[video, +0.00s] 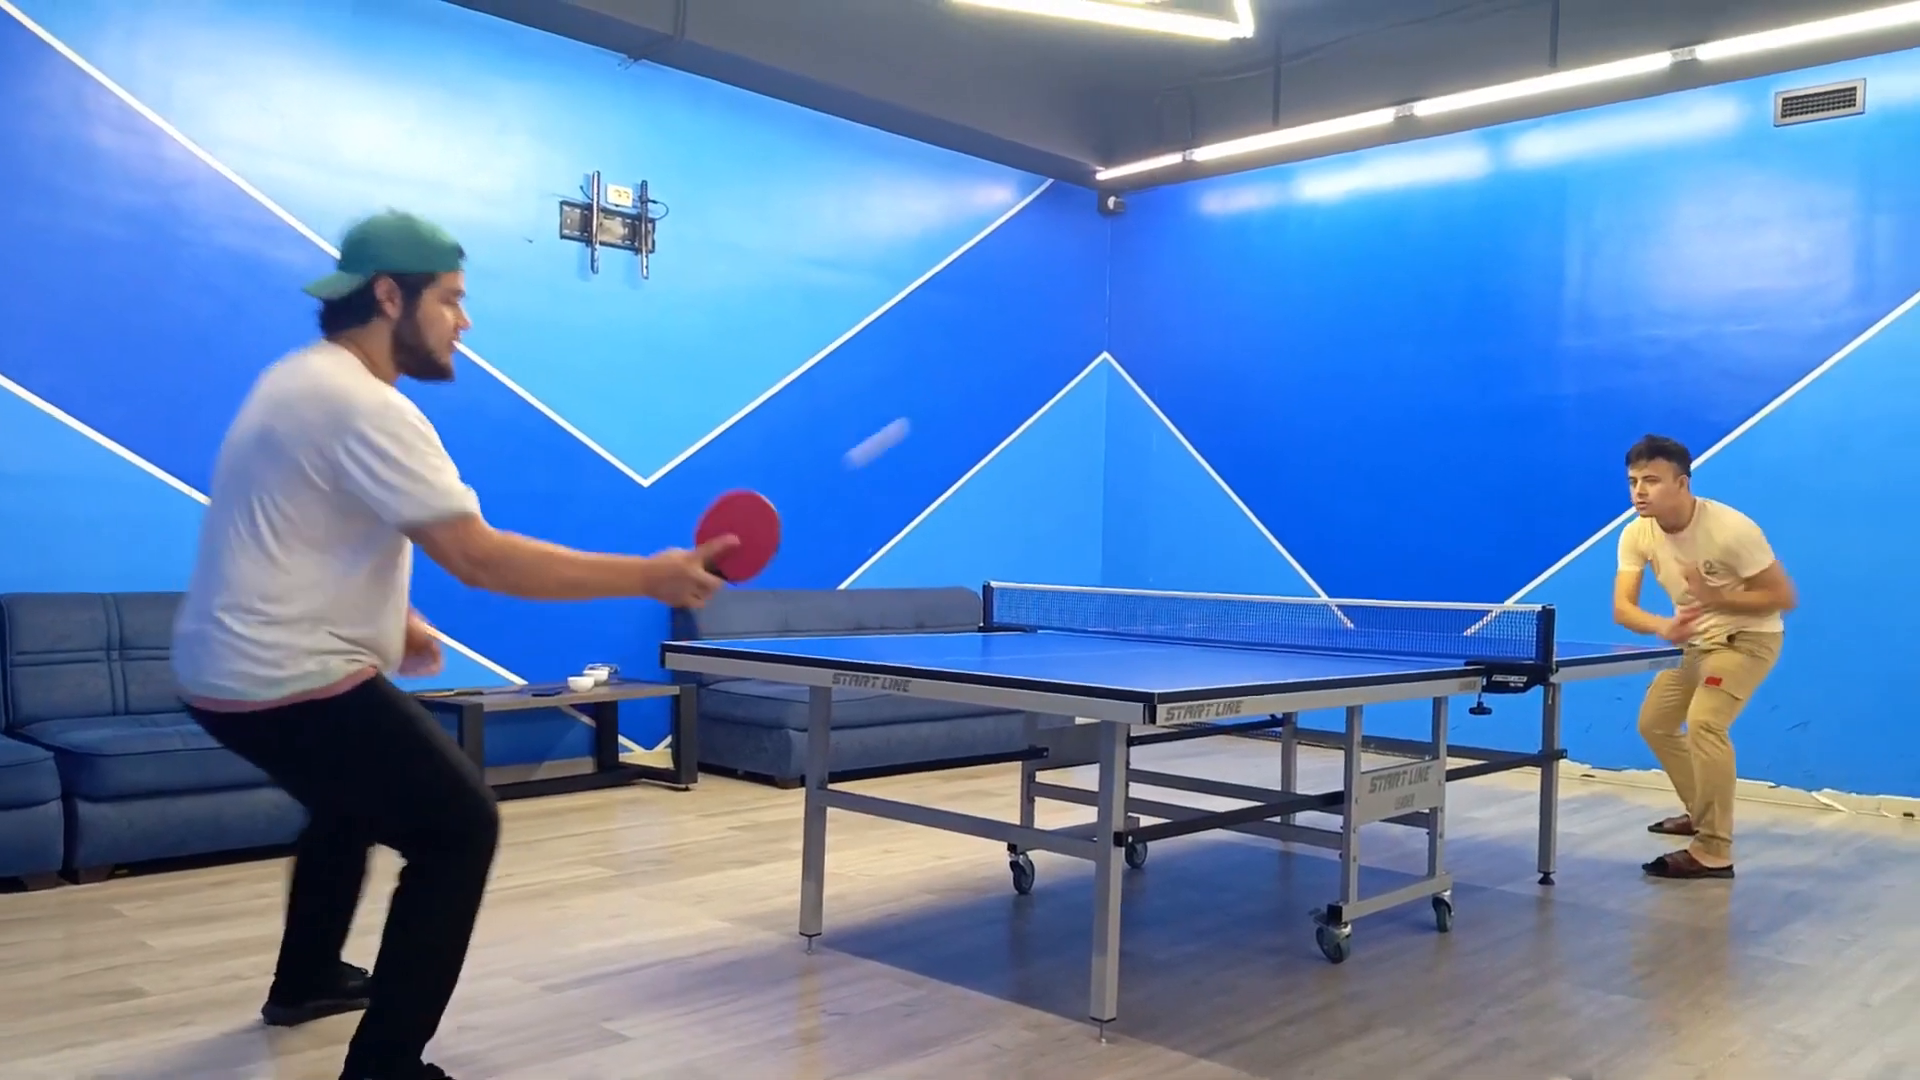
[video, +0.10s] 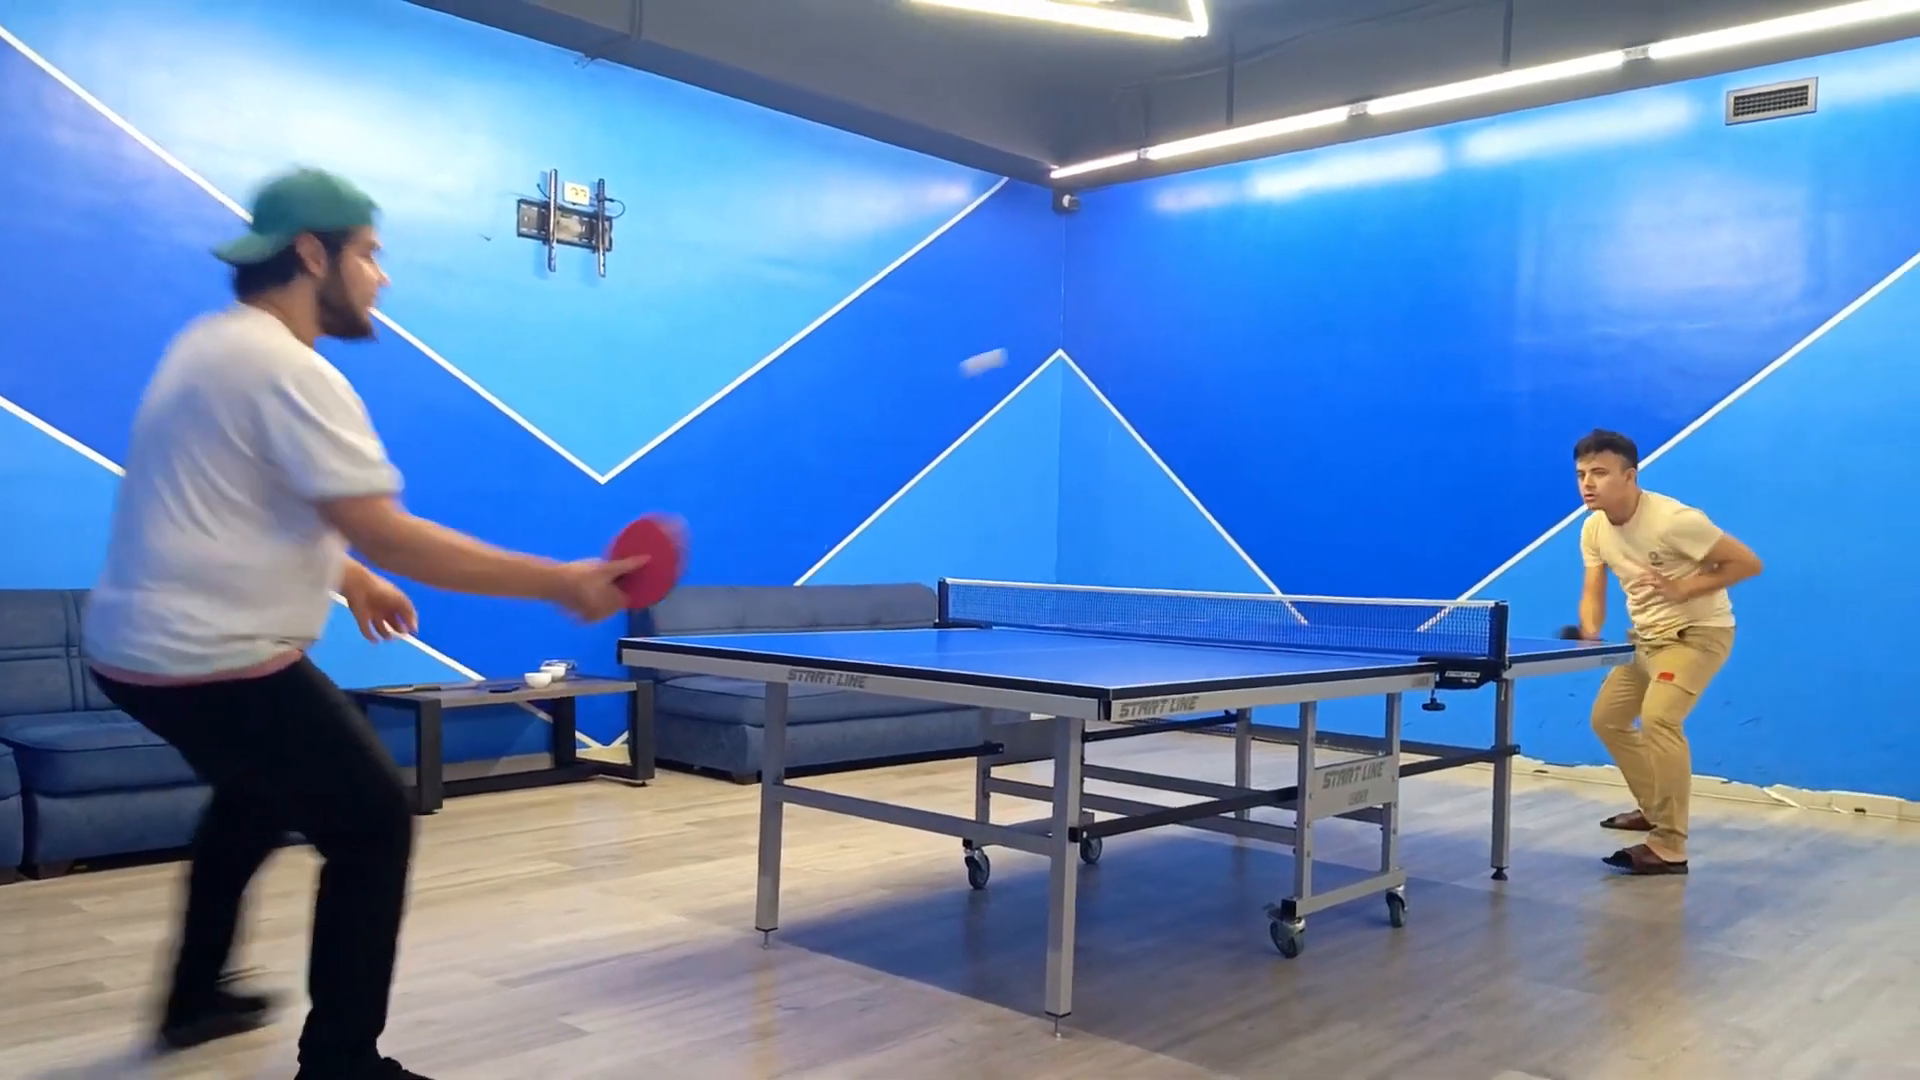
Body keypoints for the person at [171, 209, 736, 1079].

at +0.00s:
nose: (463, 323)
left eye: (461, 304)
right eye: (450, 302)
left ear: (382, 300)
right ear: (388, 298)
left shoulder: (298, 381)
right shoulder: (362, 408)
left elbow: (291, 540)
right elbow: (478, 556)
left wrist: (382, 616)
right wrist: (649, 575)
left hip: (235, 671)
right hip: (296, 677)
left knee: (347, 799)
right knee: (457, 826)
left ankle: (306, 977)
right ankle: (388, 1062)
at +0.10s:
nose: (381, 276)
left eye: (379, 256)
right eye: (370, 255)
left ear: (303, 259)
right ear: (311, 256)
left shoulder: (208, 344)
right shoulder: (291, 375)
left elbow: (244, 503)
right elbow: (388, 534)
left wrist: (351, 578)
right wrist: (562, 581)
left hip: (145, 651)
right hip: (225, 659)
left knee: (259, 789)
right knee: (372, 821)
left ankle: (193, 997)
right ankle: (342, 1054)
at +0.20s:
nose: (287, 239)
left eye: (283, 217)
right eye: (273, 216)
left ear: (207, 220)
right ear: (217, 218)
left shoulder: (115, 316)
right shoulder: (189, 340)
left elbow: (164, 493)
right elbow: (224, 514)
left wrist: (273, 560)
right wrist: (403, 599)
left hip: (65, 637)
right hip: (141, 644)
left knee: (154, 806)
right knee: (274, 818)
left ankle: (9, 1015)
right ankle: (295, 1052)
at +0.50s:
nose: (157, 208)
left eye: (153, 184)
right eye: (140, 182)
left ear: (81, 184)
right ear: (73, 180)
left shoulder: (53, 301)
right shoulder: (21, 293)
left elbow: (39, 502)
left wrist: (127, 625)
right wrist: (7, 643)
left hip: (63, 677)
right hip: (28, 681)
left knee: (152, 888)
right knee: (148, 887)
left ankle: (255, 1061)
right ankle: (255, 1061)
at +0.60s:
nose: (128, 182)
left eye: (123, 159)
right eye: (110, 157)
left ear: (49, 160)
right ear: (40, 154)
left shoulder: (27, 284)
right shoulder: (11, 278)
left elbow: (16, 467)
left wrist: (36, 627)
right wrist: (15, 631)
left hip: (31, 640)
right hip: (16, 645)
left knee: (100, 845)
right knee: (106, 840)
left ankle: (146, 1057)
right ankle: (147, 1059)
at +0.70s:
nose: (104, 163)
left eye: (99, 138)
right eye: (85, 136)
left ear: (27, 141)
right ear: (17, 138)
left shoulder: (18, 283)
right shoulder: (5, 282)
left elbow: (13, 485)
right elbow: (8, 489)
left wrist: (13, 649)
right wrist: (4, 655)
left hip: (11, 663)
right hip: (8, 668)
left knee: (50, 844)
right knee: (49, 842)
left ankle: (19, 1052)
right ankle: (16, 1054)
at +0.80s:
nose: (75, 156)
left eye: (68, 131)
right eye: (56, 128)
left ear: (18, 136)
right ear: (1, 136)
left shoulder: (7, 311)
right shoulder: (3, 312)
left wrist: (1, 628)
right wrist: (1, 628)